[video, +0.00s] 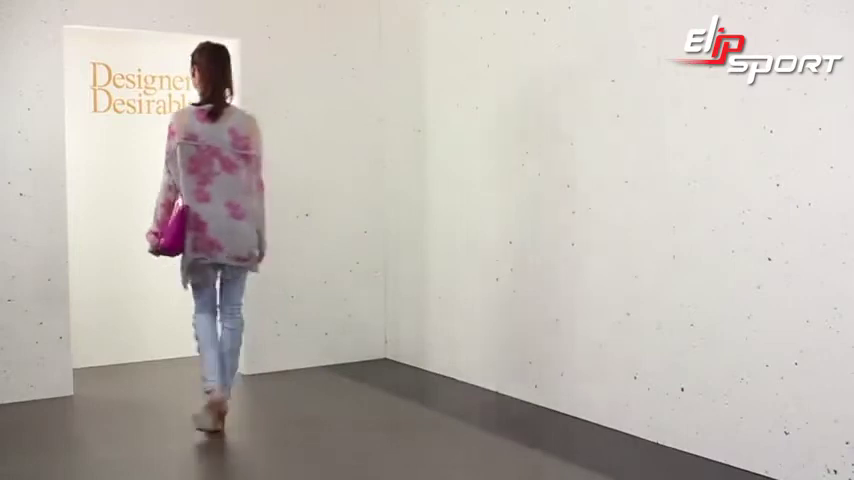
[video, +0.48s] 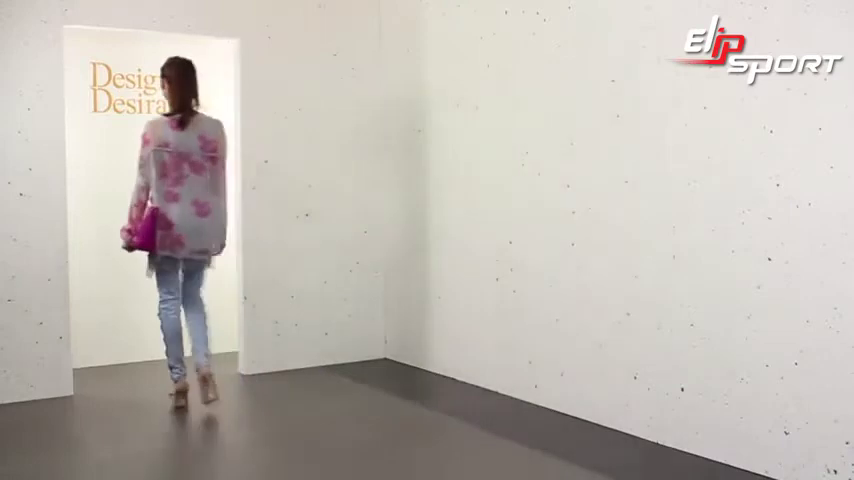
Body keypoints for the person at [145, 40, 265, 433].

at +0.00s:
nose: (192, 75)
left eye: (193, 69)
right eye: (194, 69)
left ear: (197, 73)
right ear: (227, 73)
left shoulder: (182, 121)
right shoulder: (247, 123)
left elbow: (171, 182)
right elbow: (256, 188)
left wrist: (157, 229)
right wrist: (260, 240)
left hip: (199, 232)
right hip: (241, 233)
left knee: (204, 309)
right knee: (232, 311)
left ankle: (216, 388)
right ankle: (222, 400)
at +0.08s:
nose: (185, 77)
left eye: (186, 71)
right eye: (187, 70)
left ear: (192, 74)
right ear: (220, 72)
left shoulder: (179, 121)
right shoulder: (242, 121)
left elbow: (168, 179)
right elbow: (251, 183)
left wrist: (154, 227)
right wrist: (253, 234)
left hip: (192, 229)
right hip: (235, 230)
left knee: (193, 304)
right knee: (229, 310)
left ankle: (193, 387)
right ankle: (220, 397)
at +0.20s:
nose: (178, 83)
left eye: (179, 78)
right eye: (180, 77)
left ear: (184, 81)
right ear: (213, 79)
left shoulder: (172, 127)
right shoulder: (233, 127)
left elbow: (160, 183)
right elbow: (240, 188)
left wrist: (148, 230)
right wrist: (239, 236)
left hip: (182, 231)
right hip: (224, 233)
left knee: (182, 306)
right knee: (225, 310)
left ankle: (182, 379)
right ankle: (219, 396)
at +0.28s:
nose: (174, 90)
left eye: (175, 84)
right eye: (176, 84)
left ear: (180, 87)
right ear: (207, 86)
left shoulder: (167, 132)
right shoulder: (227, 133)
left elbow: (155, 188)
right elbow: (233, 191)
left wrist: (143, 233)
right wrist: (230, 235)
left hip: (176, 236)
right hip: (218, 236)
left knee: (177, 307)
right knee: (219, 312)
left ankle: (180, 382)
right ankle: (218, 396)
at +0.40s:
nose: (165, 89)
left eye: (166, 83)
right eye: (167, 82)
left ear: (171, 86)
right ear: (198, 84)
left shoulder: (160, 130)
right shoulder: (219, 130)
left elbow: (149, 187)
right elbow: (224, 188)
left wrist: (137, 231)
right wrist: (223, 233)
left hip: (169, 233)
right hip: (210, 234)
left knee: (169, 304)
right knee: (202, 302)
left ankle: (179, 382)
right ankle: (213, 376)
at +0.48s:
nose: (162, 87)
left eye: (164, 82)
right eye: (164, 81)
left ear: (168, 85)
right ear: (193, 84)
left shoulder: (155, 129)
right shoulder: (214, 128)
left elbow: (143, 184)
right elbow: (220, 186)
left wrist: (132, 228)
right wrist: (220, 234)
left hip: (166, 228)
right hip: (206, 228)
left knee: (169, 300)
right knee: (193, 296)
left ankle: (179, 379)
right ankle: (203, 364)